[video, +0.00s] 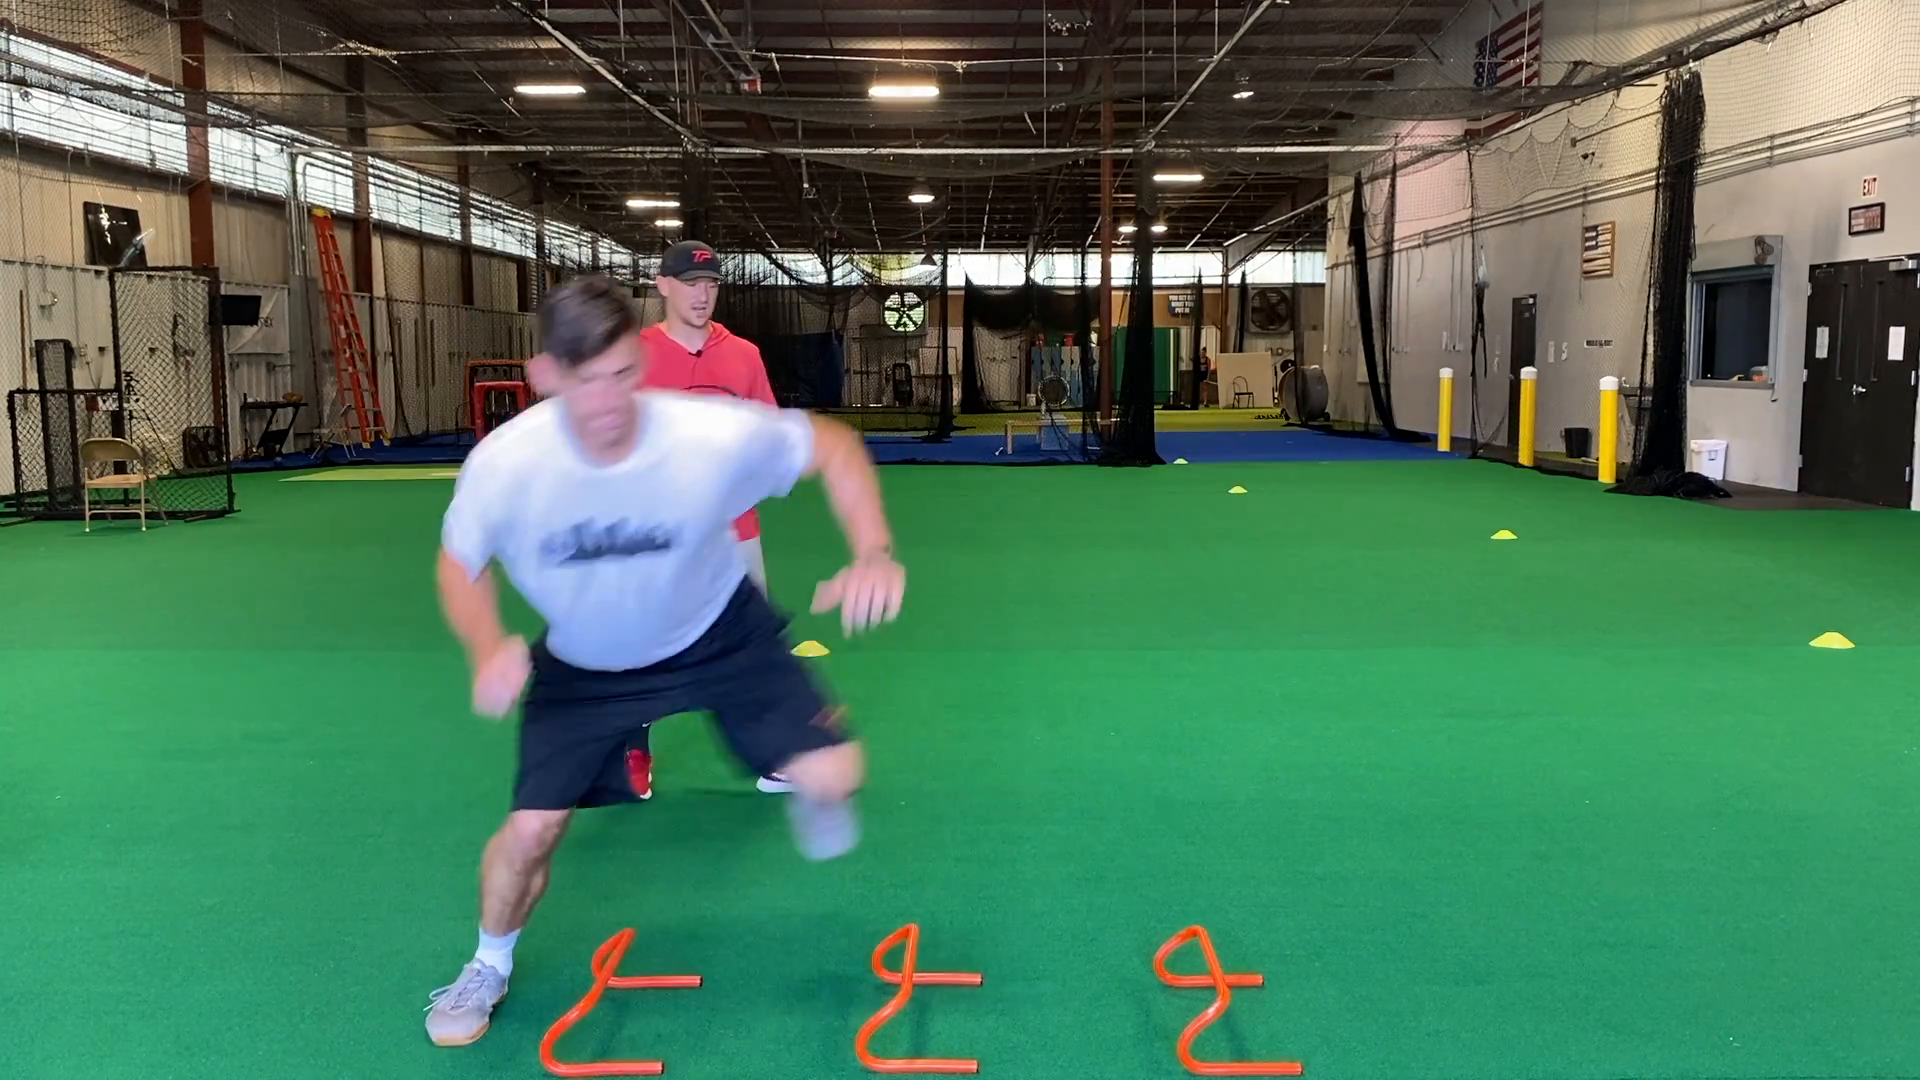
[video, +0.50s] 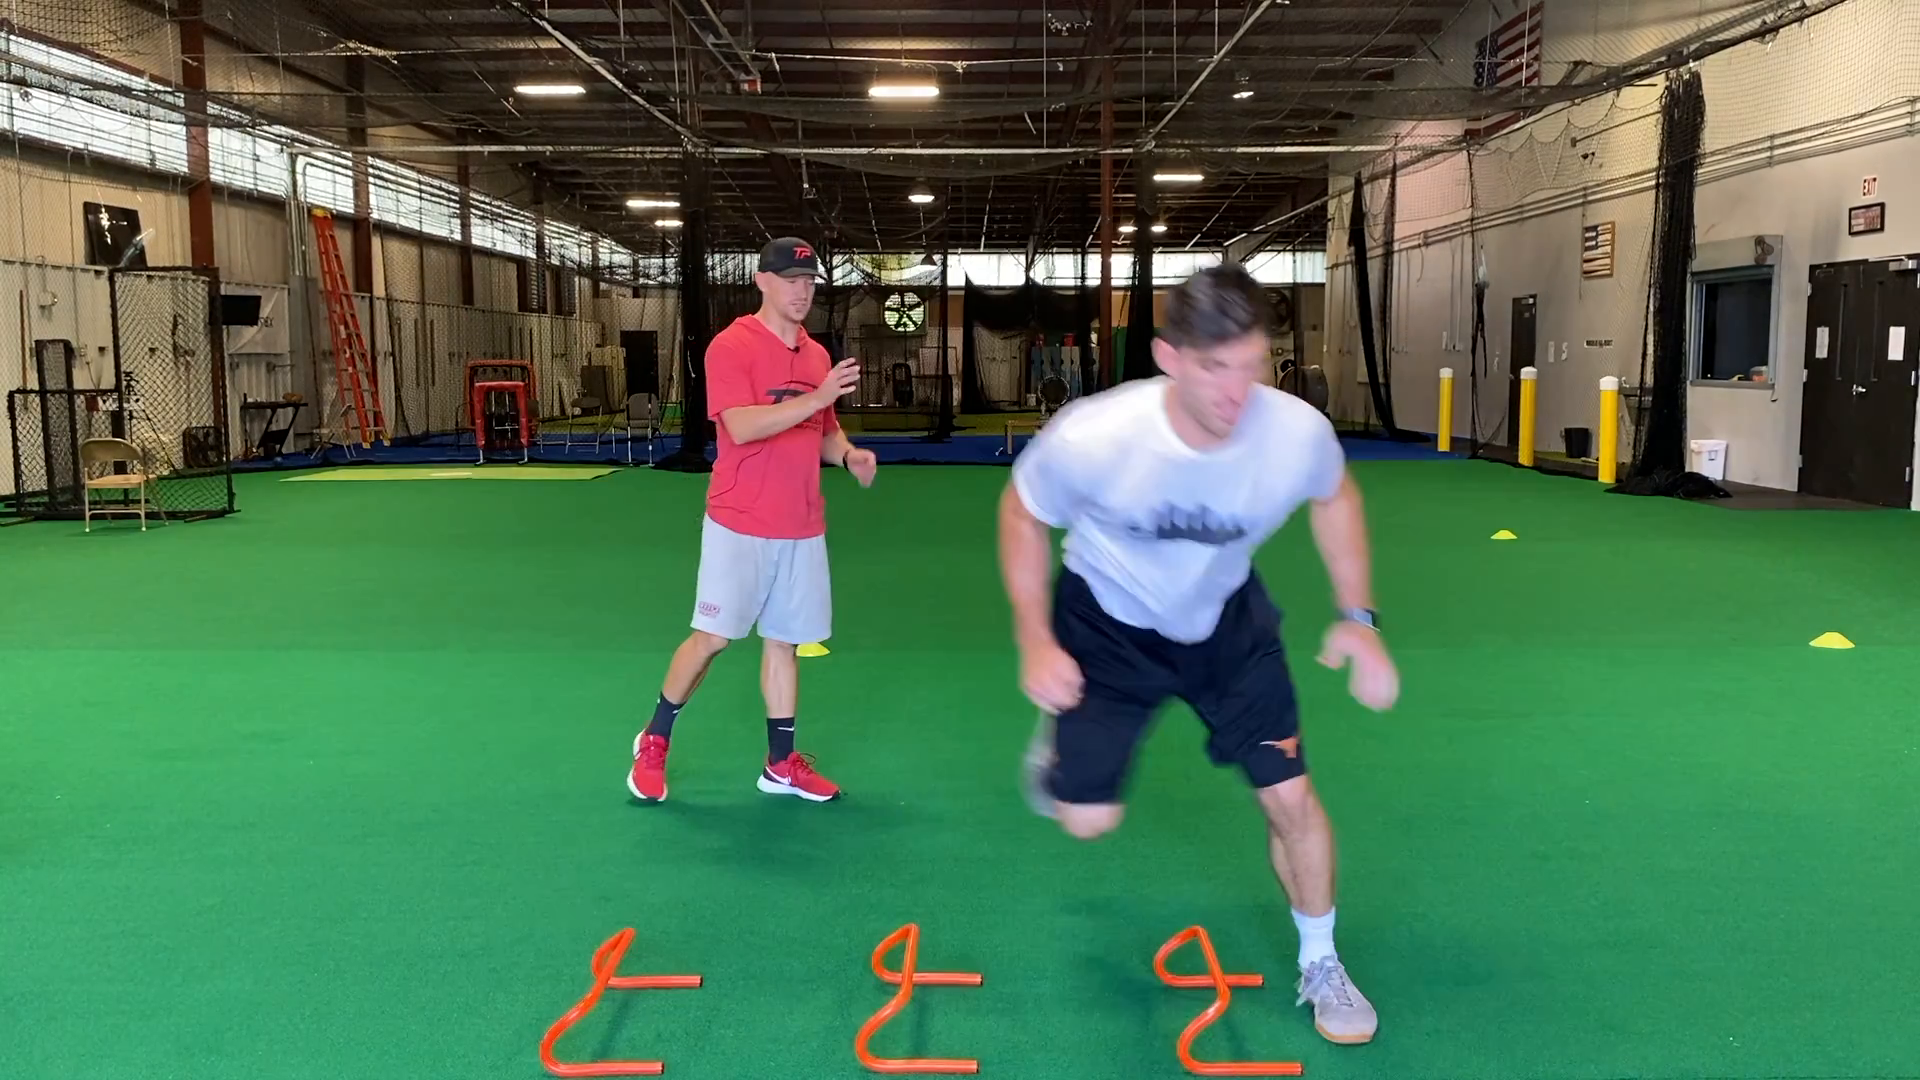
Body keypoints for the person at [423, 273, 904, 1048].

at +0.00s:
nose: (612, 398)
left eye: (626, 375)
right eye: (591, 379)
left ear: (644, 364)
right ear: (550, 376)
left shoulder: (712, 433)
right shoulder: (503, 463)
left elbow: (835, 444)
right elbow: (457, 566)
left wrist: (873, 551)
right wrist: (489, 645)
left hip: (722, 632)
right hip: (582, 663)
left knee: (832, 773)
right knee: (530, 829)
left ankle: (819, 792)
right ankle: (488, 967)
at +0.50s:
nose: (1237, 389)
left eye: (1251, 368)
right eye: (1216, 368)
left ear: (1266, 359)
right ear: (1168, 358)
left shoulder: (1298, 433)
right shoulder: (1092, 435)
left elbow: (1335, 498)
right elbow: (1022, 509)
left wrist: (1356, 614)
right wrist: (1035, 639)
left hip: (1228, 616)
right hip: (1110, 617)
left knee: (1289, 795)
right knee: (1087, 816)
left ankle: (1321, 965)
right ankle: (1059, 742)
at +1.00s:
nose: (1427, 410)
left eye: (1444, 389)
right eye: (1408, 389)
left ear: (1463, 372)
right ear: (1364, 369)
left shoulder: (1491, 456)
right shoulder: (1277, 415)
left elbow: (1531, 533)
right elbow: (1189, 459)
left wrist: (1564, 651)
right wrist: (1157, 580)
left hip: (1363, 617)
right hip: (1237, 583)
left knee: (1377, 782)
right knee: (1155, 742)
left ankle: (1346, 959)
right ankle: (1218, 709)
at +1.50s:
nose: (1481, 393)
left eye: (1501, 372)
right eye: (1463, 369)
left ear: (1517, 359)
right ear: (1421, 346)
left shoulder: (1527, 445)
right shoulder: (1328, 386)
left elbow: (1544, 532)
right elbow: (1221, 426)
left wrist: (1553, 656)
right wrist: (1178, 552)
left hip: (1371, 602)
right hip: (1250, 548)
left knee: (1374, 772)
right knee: (1135, 695)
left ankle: (1334, 960)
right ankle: (1153, 706)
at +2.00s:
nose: (1400, 376)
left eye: (1421, 356)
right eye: (1383, 354)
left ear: (1442, 338)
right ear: (1344, 328)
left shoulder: (1471, 397)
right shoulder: (1262, 393)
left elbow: (1489, 456)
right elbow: (1167, 467)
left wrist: (1478, 535)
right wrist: (1218, 586)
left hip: (1345, 594)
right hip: (1223, 570)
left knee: (1341, 764)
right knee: (1179, 743)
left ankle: (1330, 957)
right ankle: (1208, 733)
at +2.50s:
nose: (1127, 305)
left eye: (1144, 285)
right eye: (1109, 286)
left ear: (1171, 269)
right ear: (1076, 270)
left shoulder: (1228, 331)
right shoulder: (1013, 347)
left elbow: (1294, 371)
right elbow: (981, 403)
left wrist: (1258, 493)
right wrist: (1007, 523)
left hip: (1200, 561)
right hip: (1074, 562)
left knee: (1261, 739)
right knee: (1047, 744)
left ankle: (1324, 915)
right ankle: (1030, 924)